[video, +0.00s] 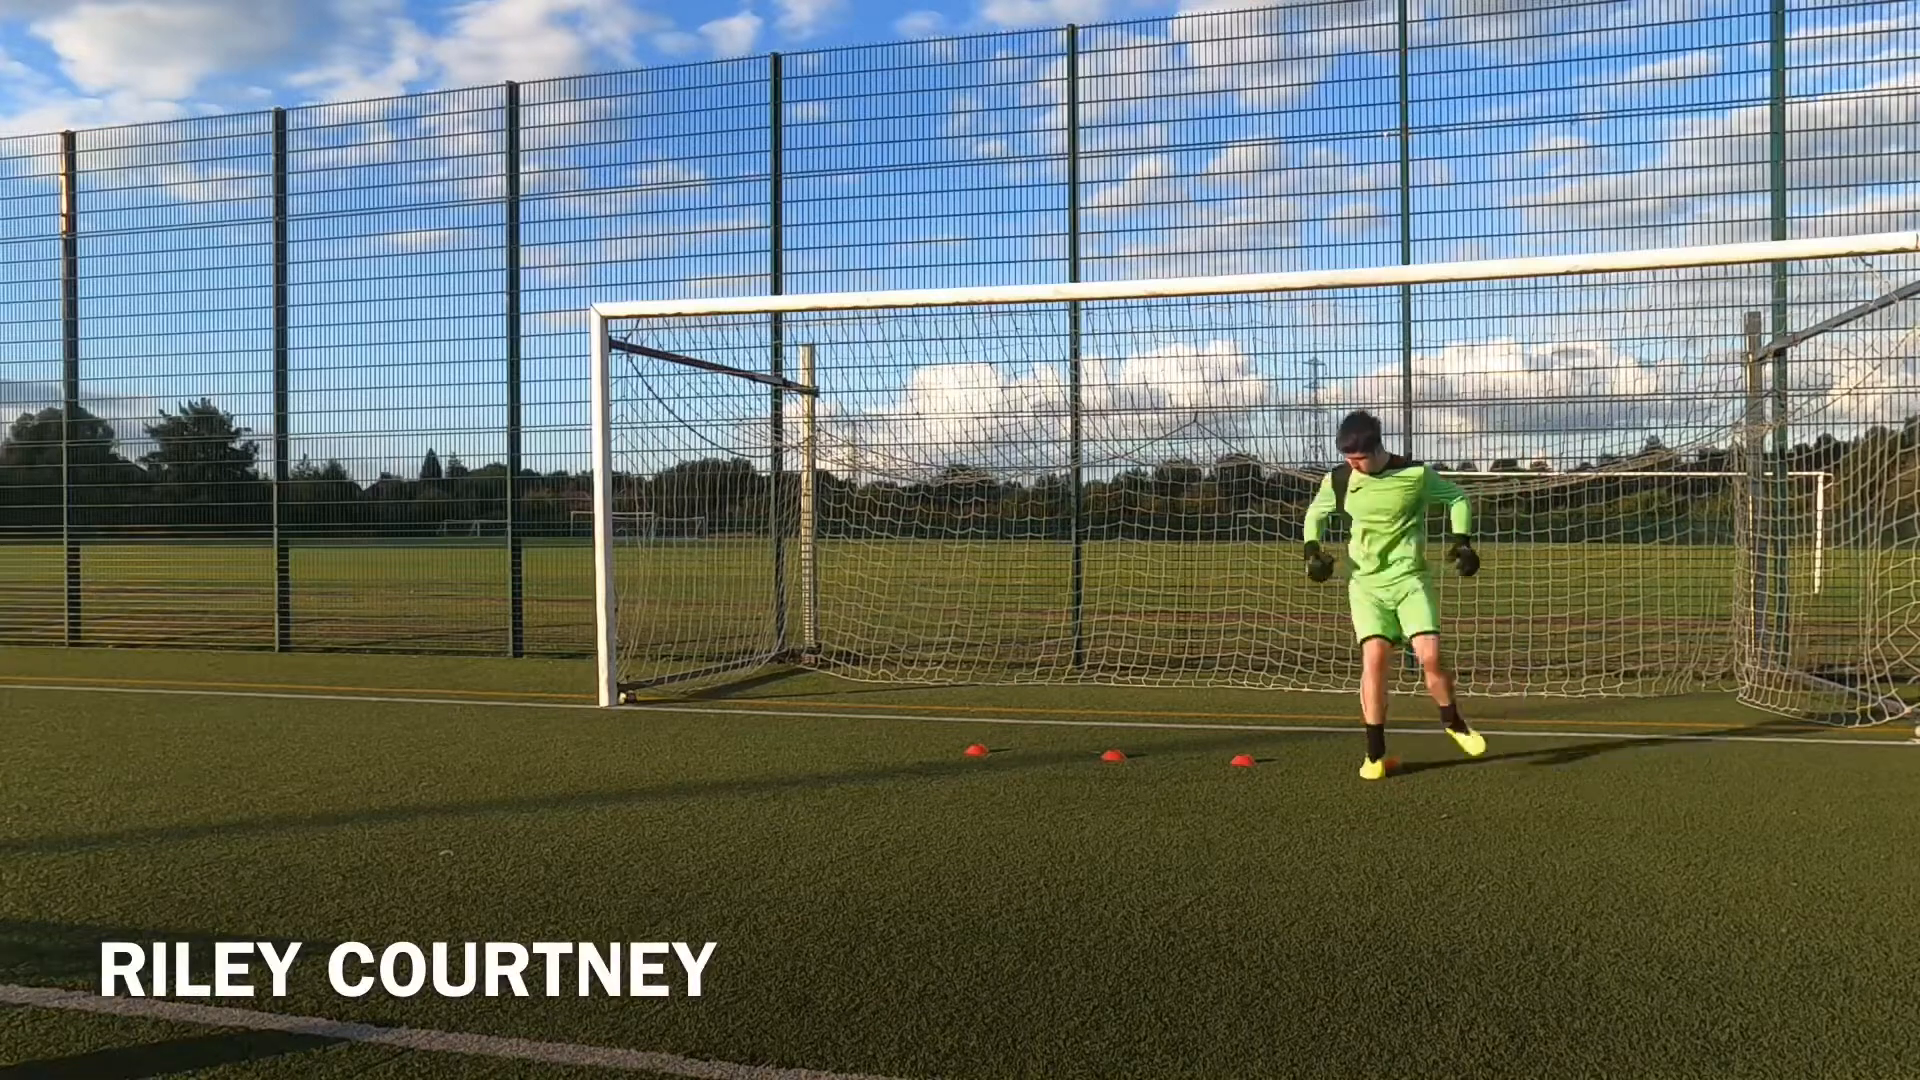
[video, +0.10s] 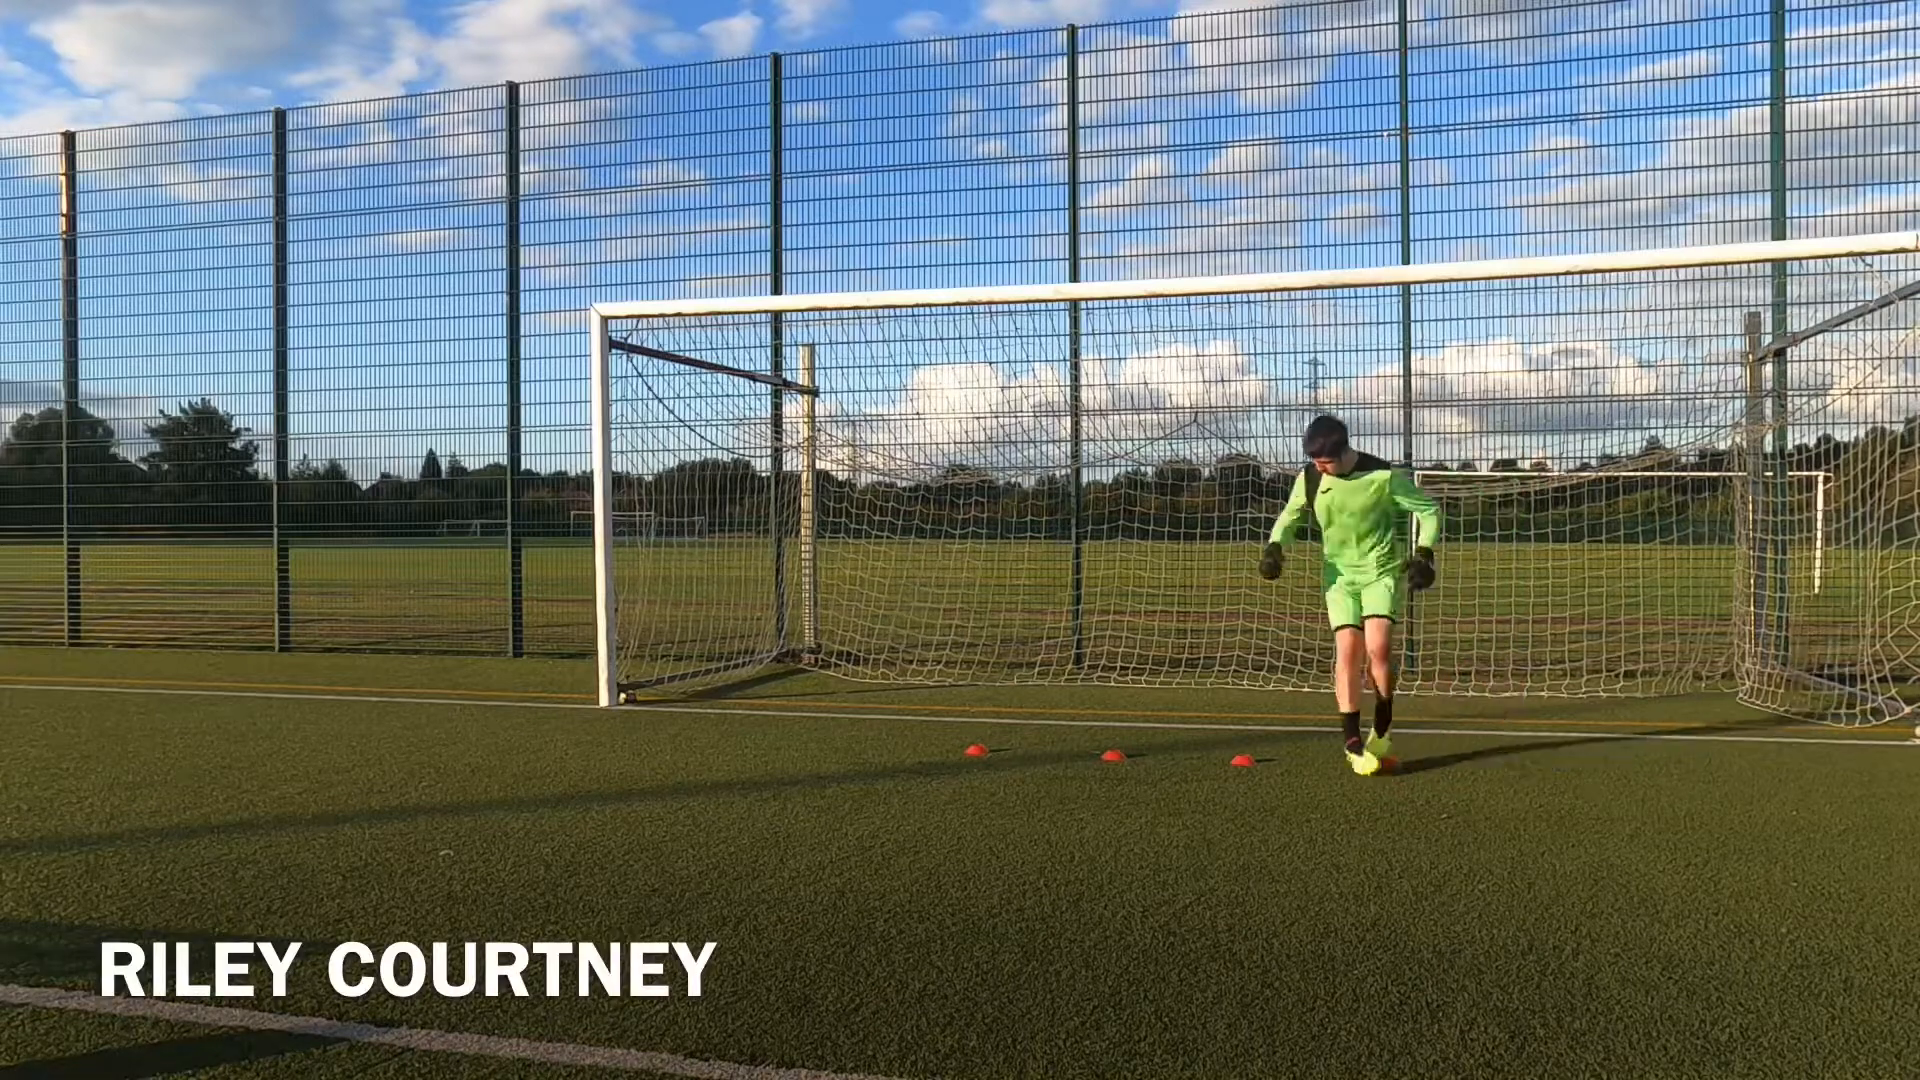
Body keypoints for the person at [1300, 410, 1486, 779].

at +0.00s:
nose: (1354, 463)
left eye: (1360, 456)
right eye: (1349, 456)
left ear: (1378, 447)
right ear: (1343, 452)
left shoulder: (1416, 476)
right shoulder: (1339, 480)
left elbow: (1457, 498)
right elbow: (1315, 514)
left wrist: (1461, 540)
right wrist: (1313, 548)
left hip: (1410, 581)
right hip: (1366, 585)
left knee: (1431, 655)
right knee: (1375, 654)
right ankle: (1375, 753)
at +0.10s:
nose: (1321, 466)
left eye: (1327, 459)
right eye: (1316, 459)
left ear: (1345, 448)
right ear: (1311, 455)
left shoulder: (1384, 476)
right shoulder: (1310, 479)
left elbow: (1429, 511)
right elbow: (1290, 515)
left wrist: (1423, 552)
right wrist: (1274, 546)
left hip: (1380, 573)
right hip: (1339, 576)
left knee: (1378, 649)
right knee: (1347, 649)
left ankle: (1382, 728)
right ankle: (1353, 742)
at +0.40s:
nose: (1206, 452)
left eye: (1210, 444)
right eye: (1202, 445)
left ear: (1231, 435)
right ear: (1204, 442)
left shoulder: (1274, 470)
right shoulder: (1213, 471)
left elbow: (1316, 500)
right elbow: (1209, 509)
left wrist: (1309, 546)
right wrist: (1199, 545)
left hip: (1273, 579)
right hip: (1235, 580)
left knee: (1264, 658)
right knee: (1235, 660)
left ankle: (1309, 700)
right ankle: (1253, 726)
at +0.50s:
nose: (1170, 455)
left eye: (1173, 447)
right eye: (1166, 449)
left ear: (1193, 436)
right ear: (1169, 443)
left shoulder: (1240, 467)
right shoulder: (1177, 472)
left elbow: (1281, 501)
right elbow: (1176, 510)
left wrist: (1274, 548)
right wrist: (1166, 545)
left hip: (1237, 568)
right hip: (1201, 569)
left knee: (1208, 637)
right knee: (1181, 651)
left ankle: (1218, 721)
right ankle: (1221, 703)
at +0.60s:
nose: (1139, 459)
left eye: (1144, 450)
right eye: (1134, 452)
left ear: (1163, 445)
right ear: (1132, 452)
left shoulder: (1202, 485)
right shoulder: (1147, 485)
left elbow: (1241, 528)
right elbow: (1143, 525)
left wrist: (1232, 575)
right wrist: (1125, 558)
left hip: (1199, 584)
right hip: (1165, 581)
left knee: (1168, 660)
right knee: (1117, 639)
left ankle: (1197, 753)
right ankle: (1141, 720)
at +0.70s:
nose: (1116, 450)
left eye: (1122, 442)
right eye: (1110, 444)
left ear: (1140, 441)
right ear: (1105, 447)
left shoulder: (1168, 486)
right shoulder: (1107, 485)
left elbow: (1201, 532)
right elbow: (1098, 526)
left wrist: (1183, 569)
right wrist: (1085, 549)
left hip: (1155, 588)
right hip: (1118, 585)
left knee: (1150, 658)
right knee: (1090, 645)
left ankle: (1187, 746)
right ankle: (1092, 732)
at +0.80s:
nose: (1091, 439)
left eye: (1097, 431)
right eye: (1084, 433)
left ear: (1113, 431)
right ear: (1078, 436)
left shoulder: (1137, 476)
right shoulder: (1071, 472)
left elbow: (1168, 525)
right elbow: (1056, 513)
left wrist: (1147, 552)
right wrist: (1054, 534)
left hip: (1120, 575)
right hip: (1079, 574)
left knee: (1111, 641)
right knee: (1072, 645)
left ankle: (1133, 727)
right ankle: (1084, 733)